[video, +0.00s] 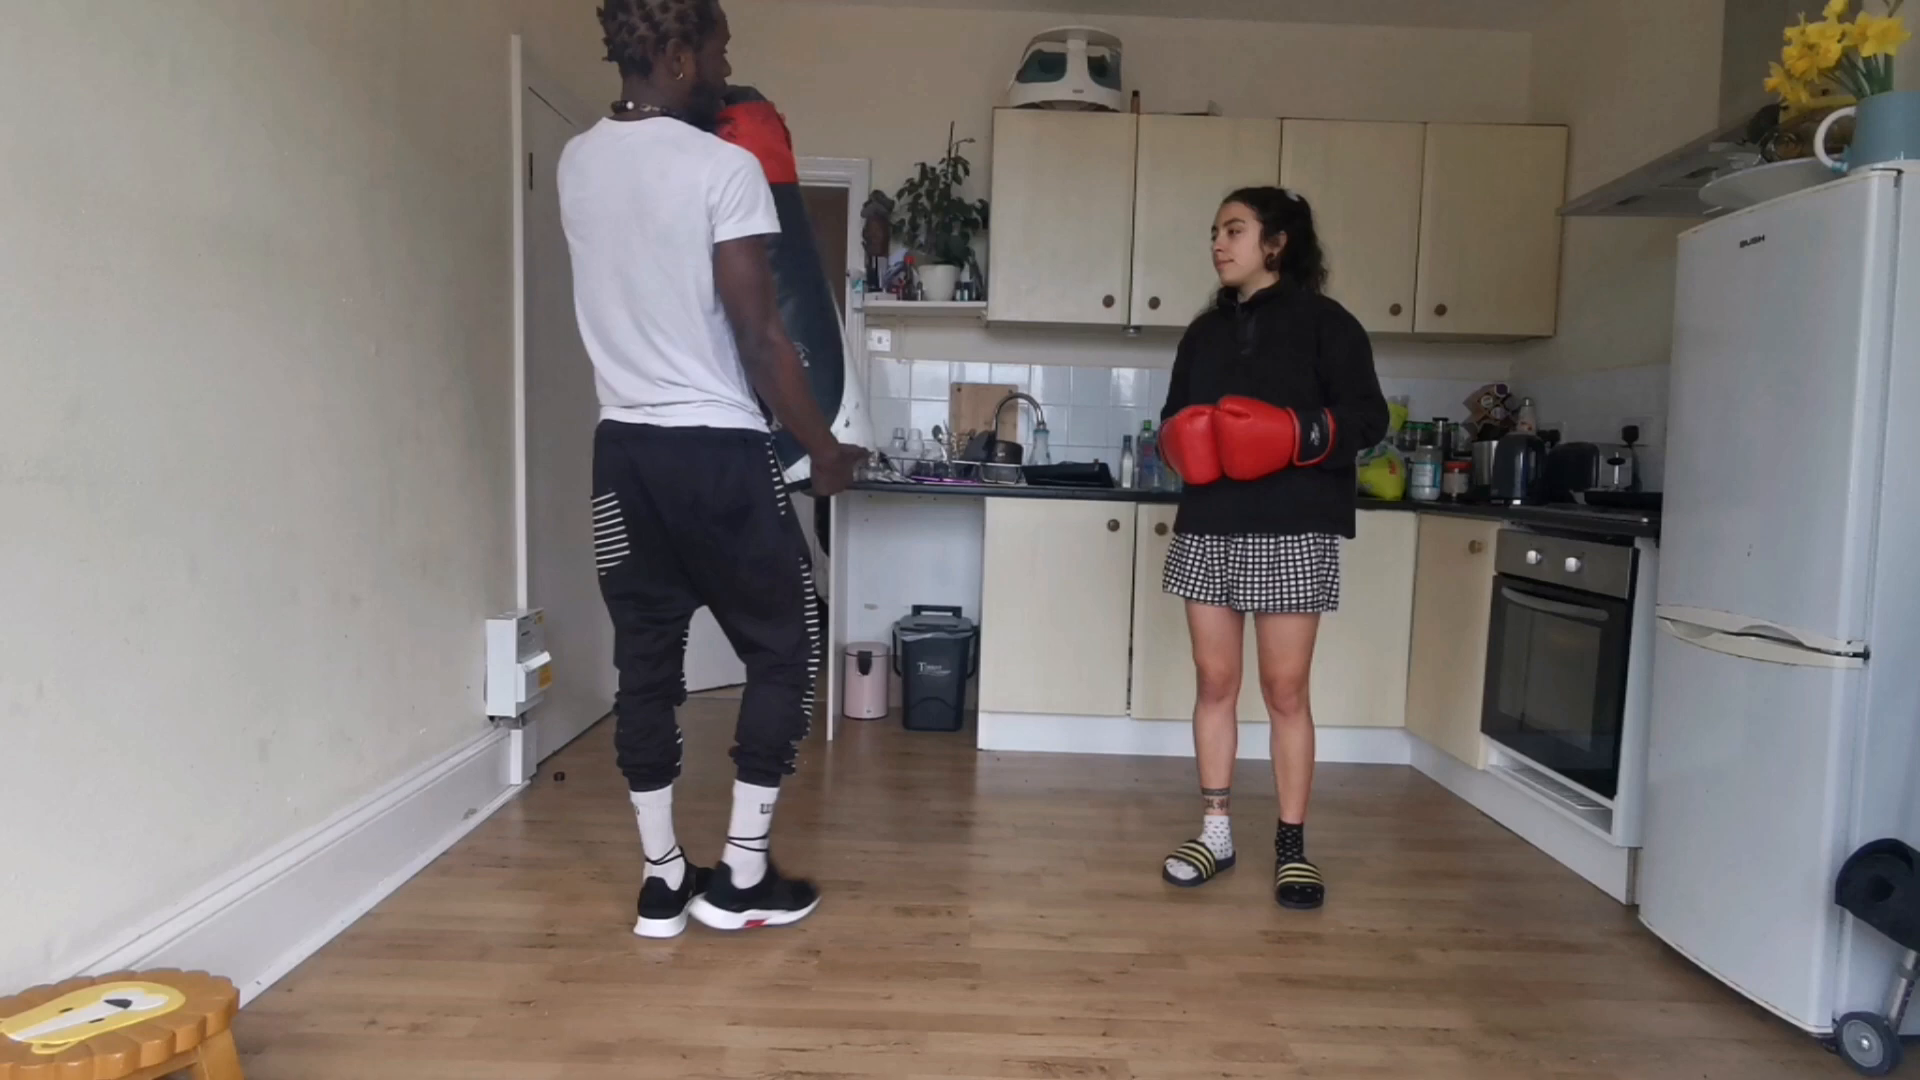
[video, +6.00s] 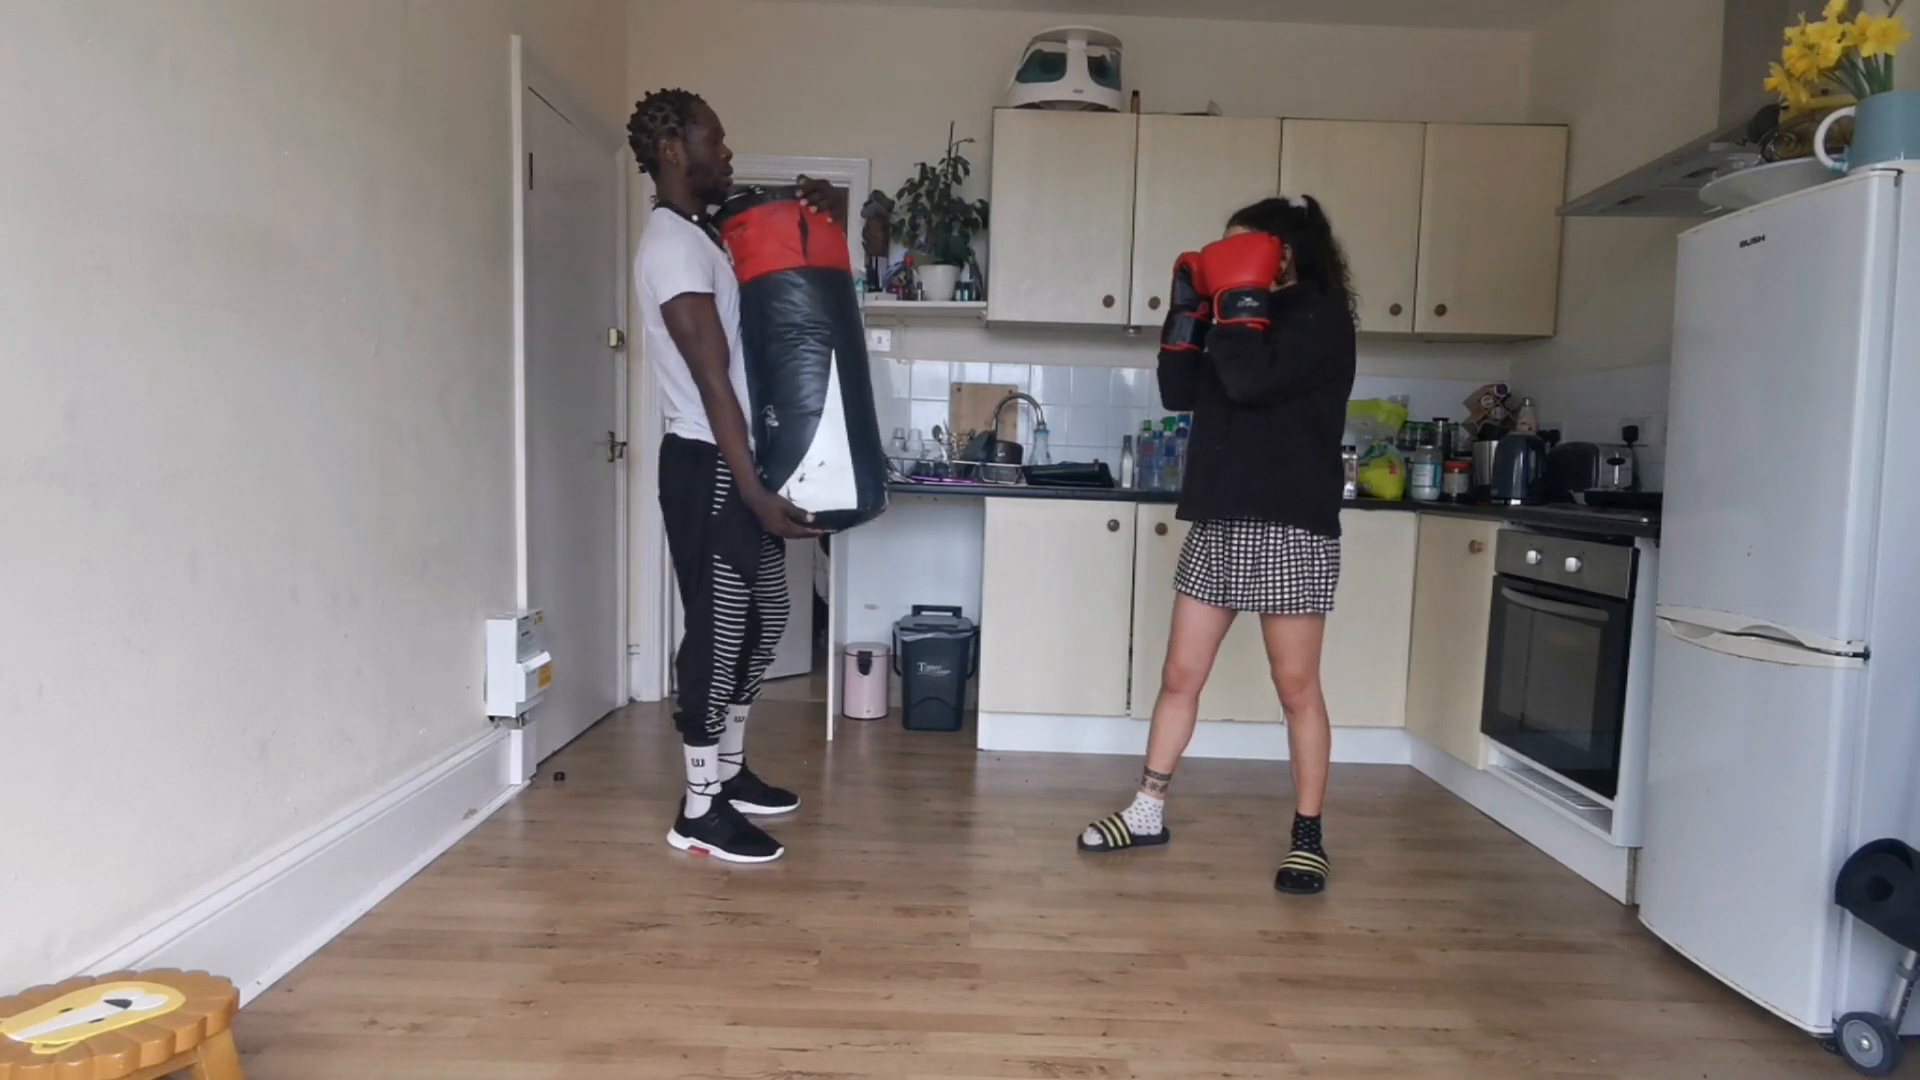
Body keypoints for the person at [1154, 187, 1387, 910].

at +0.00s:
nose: (1217, 244)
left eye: (1232, 231)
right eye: (1216, 233)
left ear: (1277, 242)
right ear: (1224, 245)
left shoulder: (1327, 323)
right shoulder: (1204, 330)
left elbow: (1370, 418)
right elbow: (1178, 425)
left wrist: (1301, 432)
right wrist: (1181, 443)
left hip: (1295, 525)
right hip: (1209, 522)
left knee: (1285, 689)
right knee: (1214, 680)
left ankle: (1291, 845)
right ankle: (1214, 832)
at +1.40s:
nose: (1298, 241)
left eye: (1312, 227)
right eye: (1298, 227)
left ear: (1360, 237)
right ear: (1318, 239)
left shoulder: (1412, 317)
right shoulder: (1303, 327)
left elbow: (1462, 426)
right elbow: (1292, 428)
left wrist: (1384, 450)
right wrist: (1276, 454)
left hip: (1389, 534)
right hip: (1307, 526)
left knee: (1372, 702)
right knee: (1269, 681)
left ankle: (1364, 863)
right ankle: (1242, 826)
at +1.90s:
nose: (1232, 258)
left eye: (1244, 243)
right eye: (1233, 244)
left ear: (1290, 249)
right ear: (1274, 253)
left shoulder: (1337, 319)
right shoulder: (1258, 333)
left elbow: (1368, 429)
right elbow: (1268, 435)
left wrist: (1271, 434)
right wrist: (1211, 449)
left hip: (1346, 532)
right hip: (1275, 531)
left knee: (1339, 703)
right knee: (1263, 687)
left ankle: (1361, 865)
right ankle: (1243, 831)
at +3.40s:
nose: (1160, 263)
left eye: (1172, 250)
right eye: (1162, 250)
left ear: (1213, 259)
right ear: (1196, 260)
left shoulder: (1257, 324)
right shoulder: (1182, 334)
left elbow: (1259, 428)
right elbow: (1182, 441)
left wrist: (1174, 405)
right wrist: (1127, 418)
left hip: (1272, 523)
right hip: (1201, 525)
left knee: (1272, 687)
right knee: (1197, 675)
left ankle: (1302, 832)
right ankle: (1178, 817)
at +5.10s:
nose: (1207, 264)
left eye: (1221, 250)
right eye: (1204, 252)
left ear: (1264, 250)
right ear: (1209, 256)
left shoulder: (1307, 314)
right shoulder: (1216, 323)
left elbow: (1249, 390)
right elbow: (1168, 404)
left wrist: (1228, 313)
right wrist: (1164, 323)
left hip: (1294, 517)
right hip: (1215, 517)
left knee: (1299, 687)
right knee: (1185, 676)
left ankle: (1307, 833)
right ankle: (1148, 810)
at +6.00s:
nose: (1237, 261)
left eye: (1249, 248)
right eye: (1235, 248)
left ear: (1288, 255)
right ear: (1248, 262)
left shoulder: (1323, 318)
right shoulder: (1237, 319)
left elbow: (1247, 382)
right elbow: (1177, 392)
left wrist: (1241, 304)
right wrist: (1186, 305)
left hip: (1293, 518)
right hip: (1218, 514)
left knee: (1297, 684)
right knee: (1180, 674)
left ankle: (1307, 835)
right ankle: (1148, 810)